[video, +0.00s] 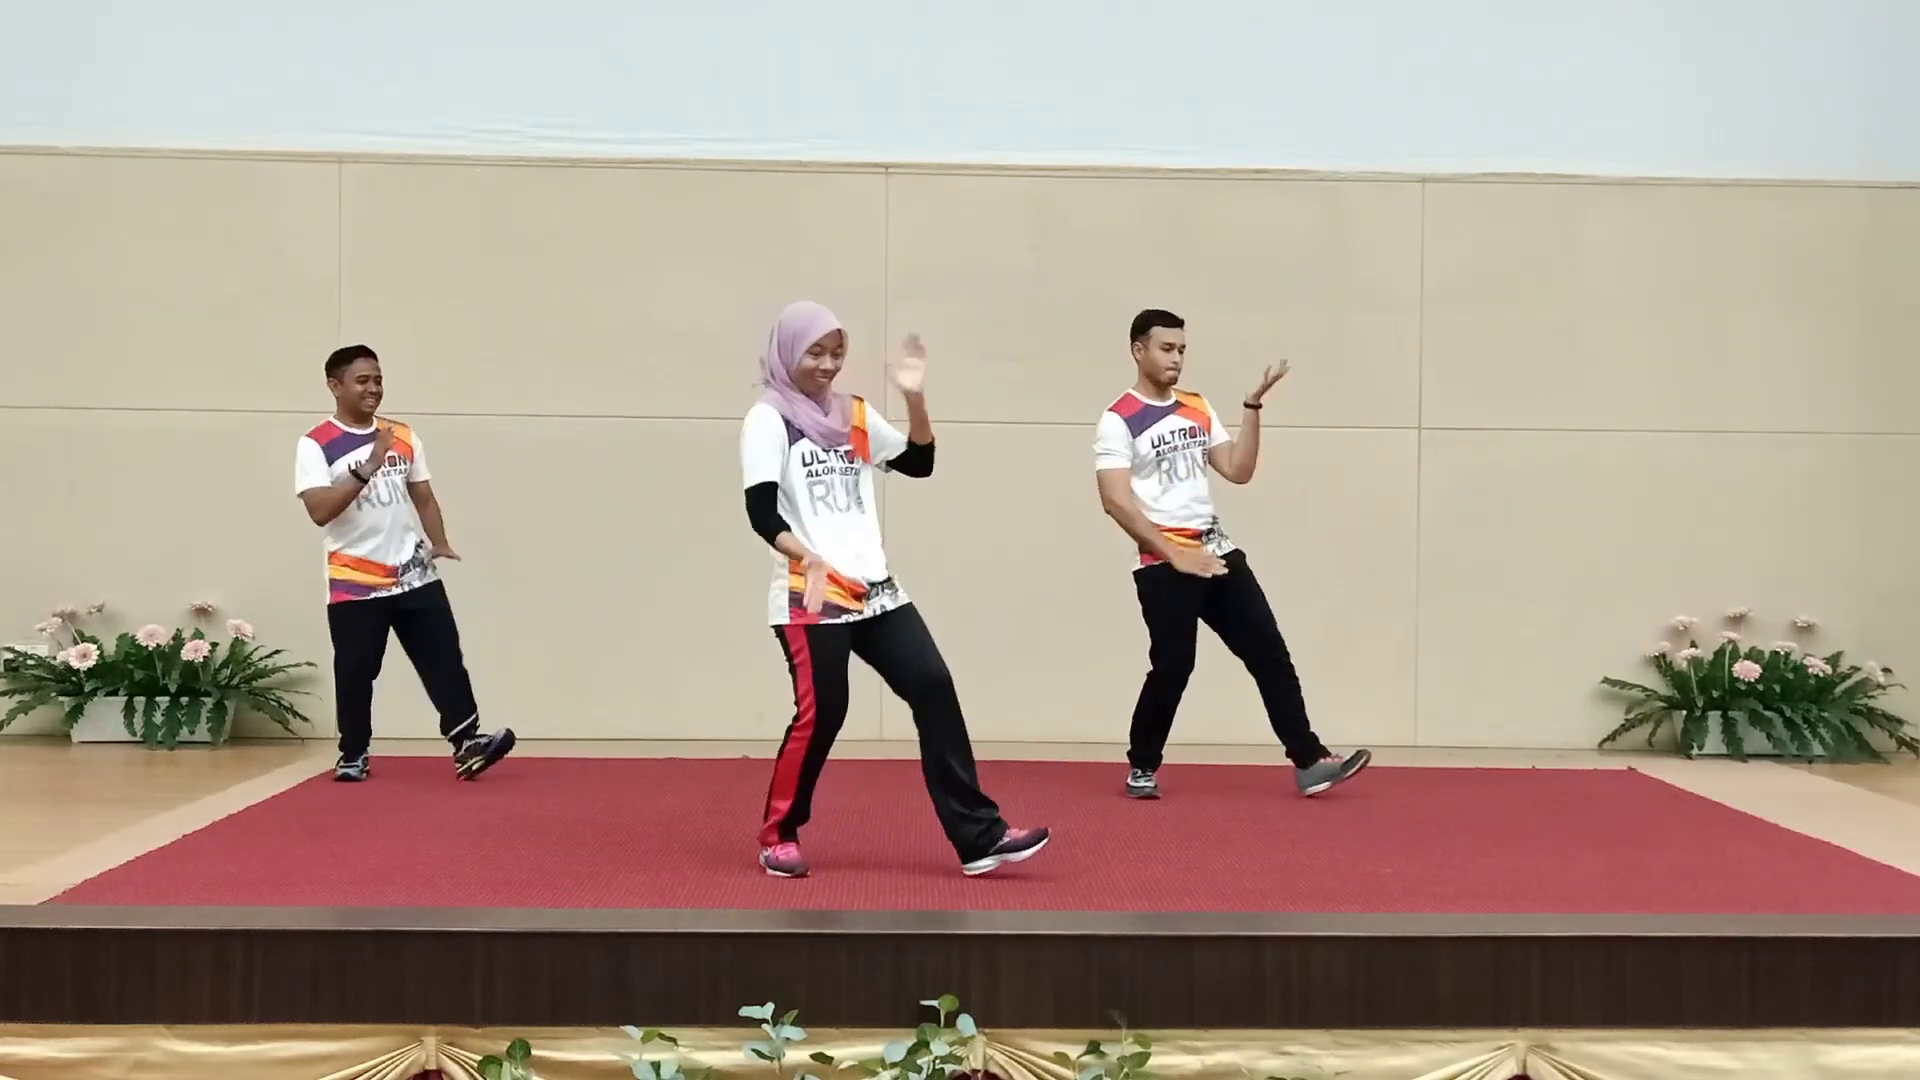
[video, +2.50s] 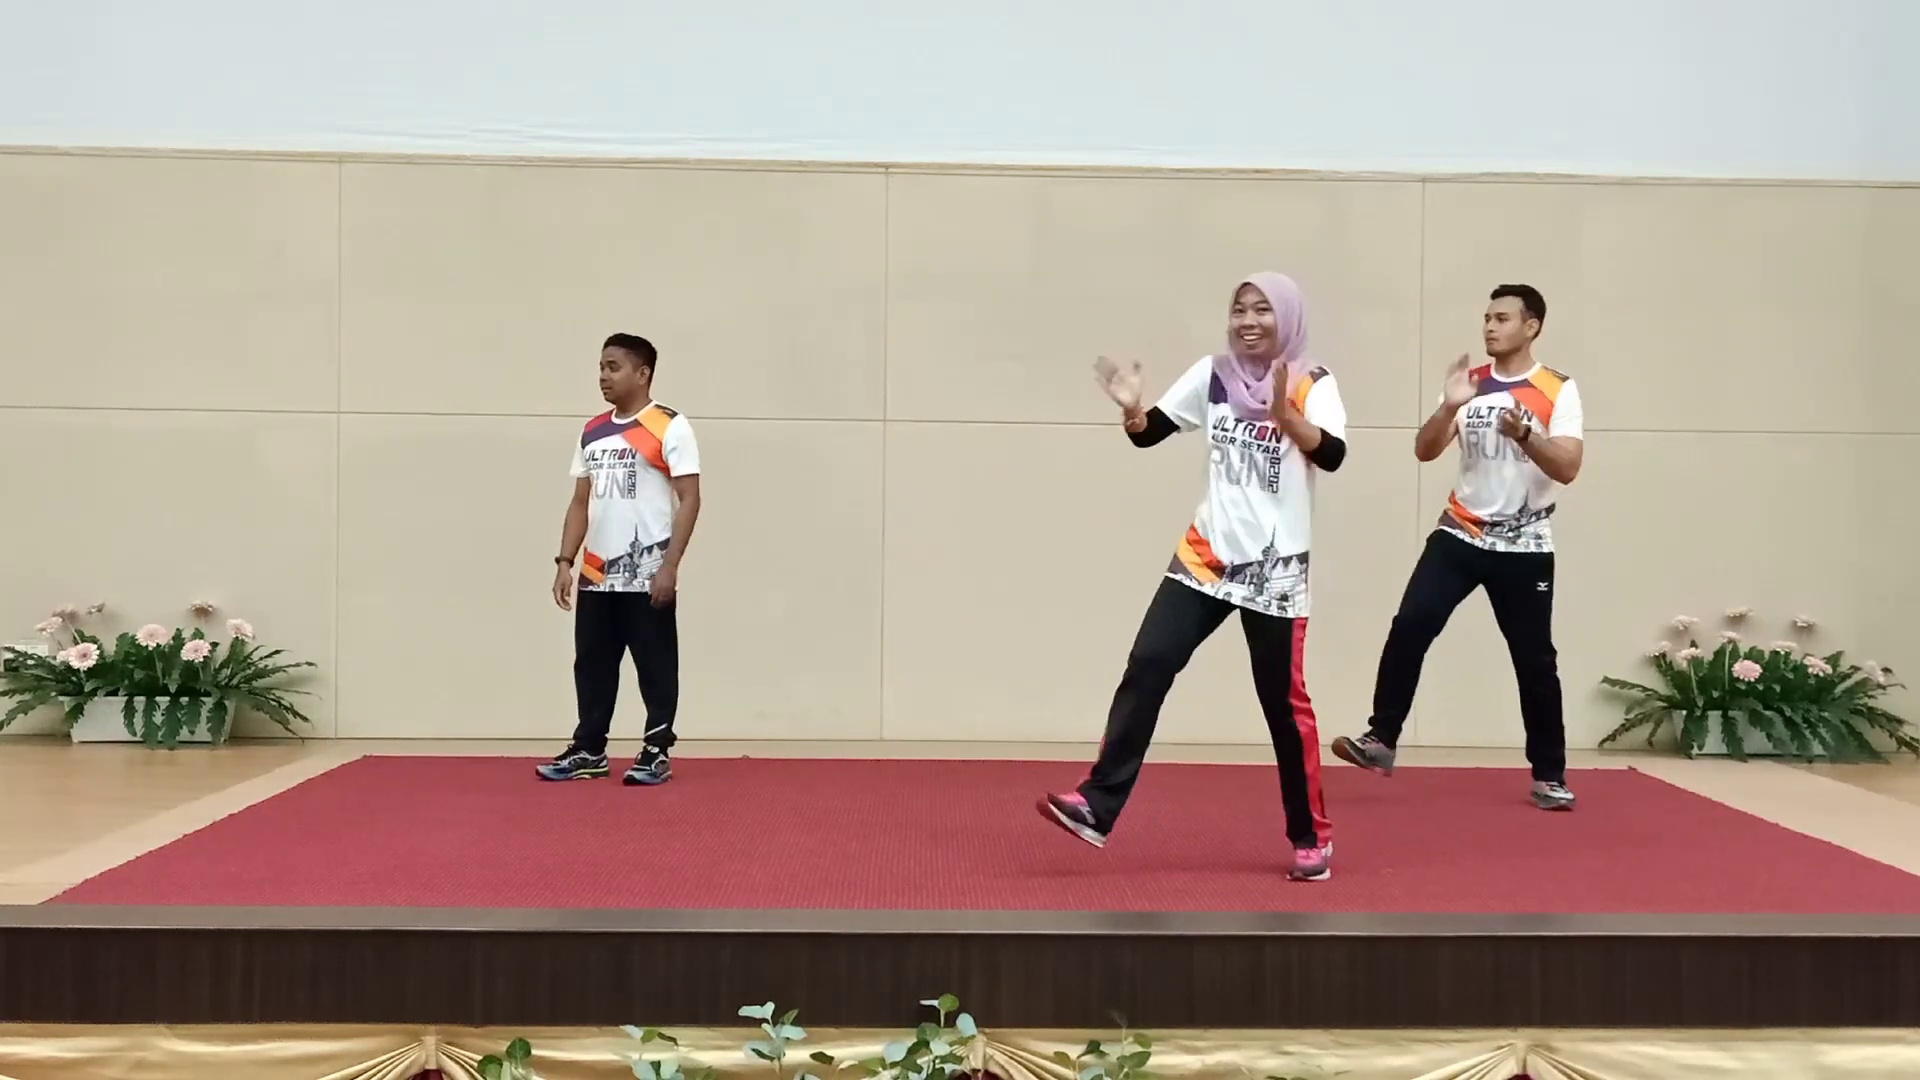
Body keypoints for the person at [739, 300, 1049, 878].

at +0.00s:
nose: (831, 363)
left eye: (837, 352)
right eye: (819, 352)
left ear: (842, 354)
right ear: (787, 354)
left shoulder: (851, 413)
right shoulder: (768, 419)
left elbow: (920, 463)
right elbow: (762, 513)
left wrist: (914, 399)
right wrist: (807, 559)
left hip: (875, 591)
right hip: (810, 599)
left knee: (934, 689)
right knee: (822, 711)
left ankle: (979, 840)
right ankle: (779, 837)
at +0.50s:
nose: (955, 332)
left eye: (965, 321)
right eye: (942, 321)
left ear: (978, 329)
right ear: (919, 329)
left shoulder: (1000, 399)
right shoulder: (890, 376)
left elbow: (1033, 480)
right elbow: (822, 433)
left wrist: (1068, 552)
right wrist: (882, 398)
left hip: (974, 575)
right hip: (897, 570)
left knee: (990, 702)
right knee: (860, 698)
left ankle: (1006, 847)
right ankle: (800, 829)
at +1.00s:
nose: (1063, 337)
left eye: (1075, 328)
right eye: (1051, 327)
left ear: (1090, 343)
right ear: (1034, 340)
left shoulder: (1109, 413)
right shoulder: (1006, 406)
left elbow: (1150, 479)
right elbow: (982, 491)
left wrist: (1133, 403)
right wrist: (988, 523)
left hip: (1082, 582)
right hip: (1013, 584)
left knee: (1046, 698)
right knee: (1026, 716)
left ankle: (1012, 848)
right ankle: (1097, 835)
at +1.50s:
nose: (1189, 327)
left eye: (1202, 318)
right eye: (1179, 317)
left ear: (1223, 331)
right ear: (1164, 329)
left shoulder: (1246, 398)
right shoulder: (1138, 385)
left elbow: (1282, 461)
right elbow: (1073, 441)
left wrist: (1245, 427)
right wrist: (1067, 421)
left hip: (1208, 580)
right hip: (1134, 575)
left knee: (1236, 702)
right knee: (1107, 696)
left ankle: (1307, 835)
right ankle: (1098, 836)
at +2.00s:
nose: (1280, 349)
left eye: (1292, 339)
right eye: (1273, 340)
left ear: (1320, 349)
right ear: (1266, 350)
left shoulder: (1323, 422)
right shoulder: (1261, 414)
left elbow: (1327, 508)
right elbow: (1203, 456)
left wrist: (1304, 573)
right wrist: (1218, 415)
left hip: (1293, 595)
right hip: (1236, 580)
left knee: (1280, 713)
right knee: (1144, 630)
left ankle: (1314, 841)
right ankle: (1120, 782)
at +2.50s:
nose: (1249, 320)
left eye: (1263, 310)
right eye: (1240, 310)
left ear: (1290, 319)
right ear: (1229, 319)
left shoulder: (1313, 385)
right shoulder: (1212, 374)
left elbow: (1332, 457)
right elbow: (1147, 436)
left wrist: (1292, 421)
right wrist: (1133, 408)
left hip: (1277, 563)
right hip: (1208, 554)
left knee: (1284, 701)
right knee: (1148, 666)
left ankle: (1309, 839)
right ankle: (1098, 807)